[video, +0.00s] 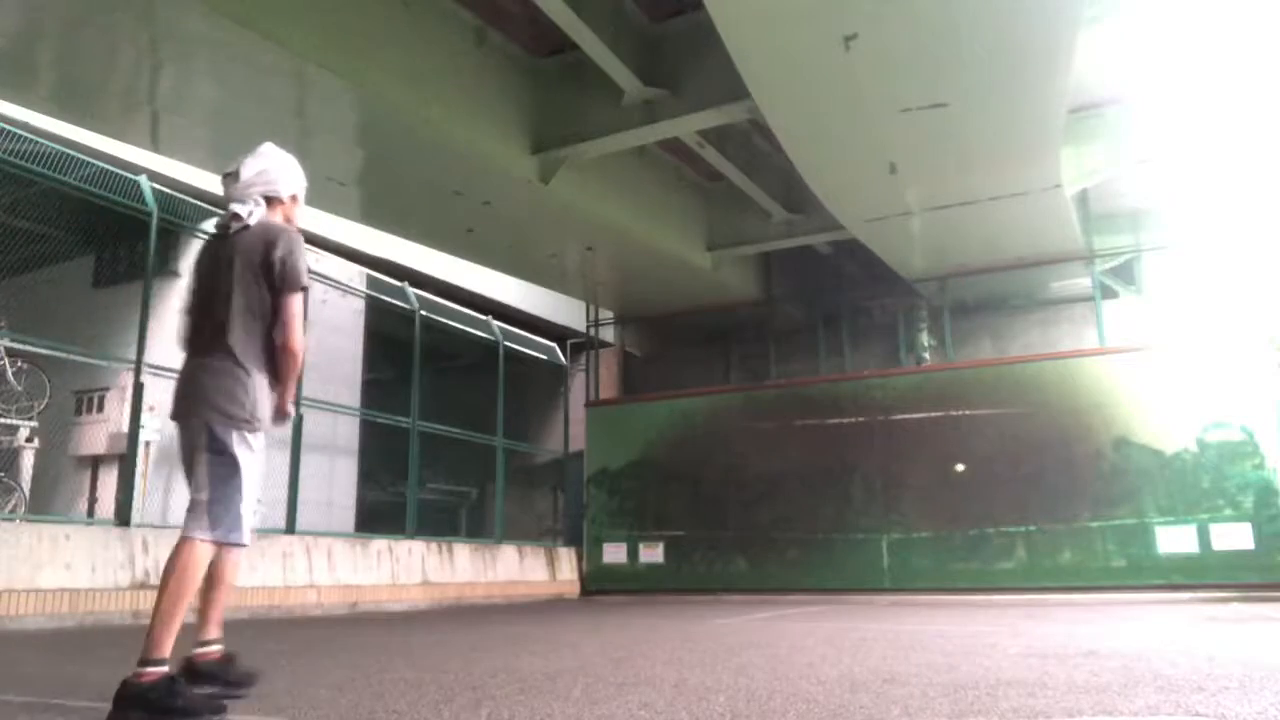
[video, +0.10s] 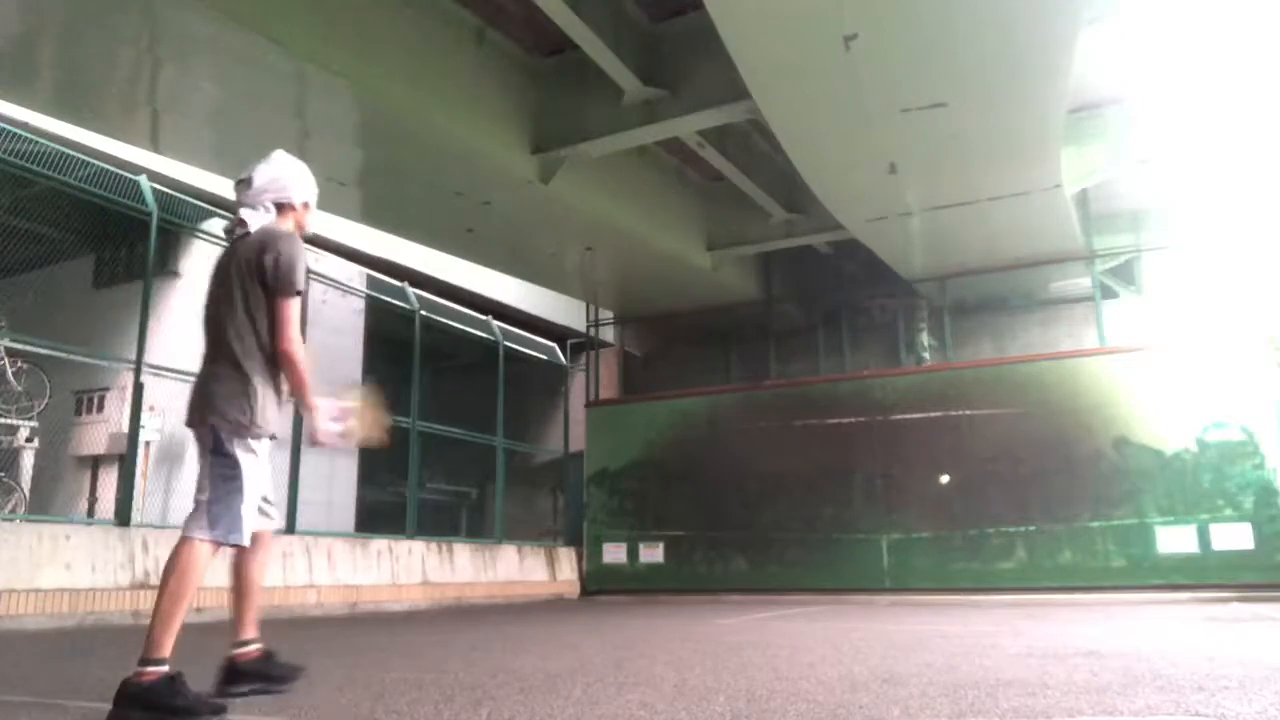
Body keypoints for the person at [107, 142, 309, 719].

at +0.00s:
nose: (301, 212)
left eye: (302, 202)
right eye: (300, 202)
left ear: (246, 197)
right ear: (282, 199)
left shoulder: (214, 246)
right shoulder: (282, 241)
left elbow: (196, 330)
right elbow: (290, 339)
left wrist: (230, 371)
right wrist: (285, 394)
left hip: (199, 392)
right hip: (235, 397)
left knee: (230, 529)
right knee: (203, 529)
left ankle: (208, 652)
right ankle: (149, 671)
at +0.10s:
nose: (311, 219)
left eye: (311, 209)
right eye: (309, 208)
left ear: (261, 203)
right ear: (292, 205)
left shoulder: (237, 250)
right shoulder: (283, 246)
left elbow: (226, 338)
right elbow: (287, 345)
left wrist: (292, 392)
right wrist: (316, 409)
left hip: (222, 405)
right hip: (242, 411)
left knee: (260, 528)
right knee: (206, 531)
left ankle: (246, 655)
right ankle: (149, 673)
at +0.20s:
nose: (325, 232)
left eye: (324, 221)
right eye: (323, 221)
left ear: (279, 215)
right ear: (305, 217)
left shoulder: (267, 260)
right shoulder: (289, 252)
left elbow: (292, 358)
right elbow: (298, 347)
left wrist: (368, 382)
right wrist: (359, 400)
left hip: (258, 425)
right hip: (250, 424)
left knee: (284, 534)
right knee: (213, 535)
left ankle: (279, 655)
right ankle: (152, 671)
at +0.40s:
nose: (361, 248)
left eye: (360, 238)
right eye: (358, 238)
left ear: (329, 235)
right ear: (340, 235)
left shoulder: (331, 281)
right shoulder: (308, 268)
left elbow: (355, 341)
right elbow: (314, 339)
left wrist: (410, 338)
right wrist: (387, 346)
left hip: (308, 425)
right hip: (286, 423)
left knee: (322, 539)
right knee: (289, 527)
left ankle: (287, 657)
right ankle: (208, 643)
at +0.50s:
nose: (379, 249)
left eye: (379, 240)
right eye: (376, 239)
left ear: (350, 238)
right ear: (358, 237)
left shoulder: (353, 287)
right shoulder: (322, 265)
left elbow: (401, 348)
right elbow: (308, 331)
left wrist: (445, 325)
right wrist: (366, 326)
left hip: (329, 422)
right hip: (308, 419)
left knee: (327, 528)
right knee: (333, 521)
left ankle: (283, 646)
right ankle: (266, 638)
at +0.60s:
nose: (399, 250)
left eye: (398, 241)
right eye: (394, 240)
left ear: (371, 244)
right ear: (374, 241)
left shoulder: (376, 299)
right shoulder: (333, 268)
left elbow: (417, 352)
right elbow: (295, 327)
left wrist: (461, 339)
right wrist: (333, 310)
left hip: (332, 421)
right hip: (326, 420)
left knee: (321, 537)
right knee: (368, 518)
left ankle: (286, 649)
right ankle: (332, 638)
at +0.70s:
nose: (417, 260)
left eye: (417, 251)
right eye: (413, 251)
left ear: (389, 252)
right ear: (394, 250)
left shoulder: (397, 311)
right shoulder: (349, 278)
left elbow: (434, 368)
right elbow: (301, 322)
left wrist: (483, 374)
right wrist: (303, 304)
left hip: (352, 426)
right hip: (341, 424)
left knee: (326, 539)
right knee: (385, 524)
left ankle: (286, 652)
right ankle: (395, 649)